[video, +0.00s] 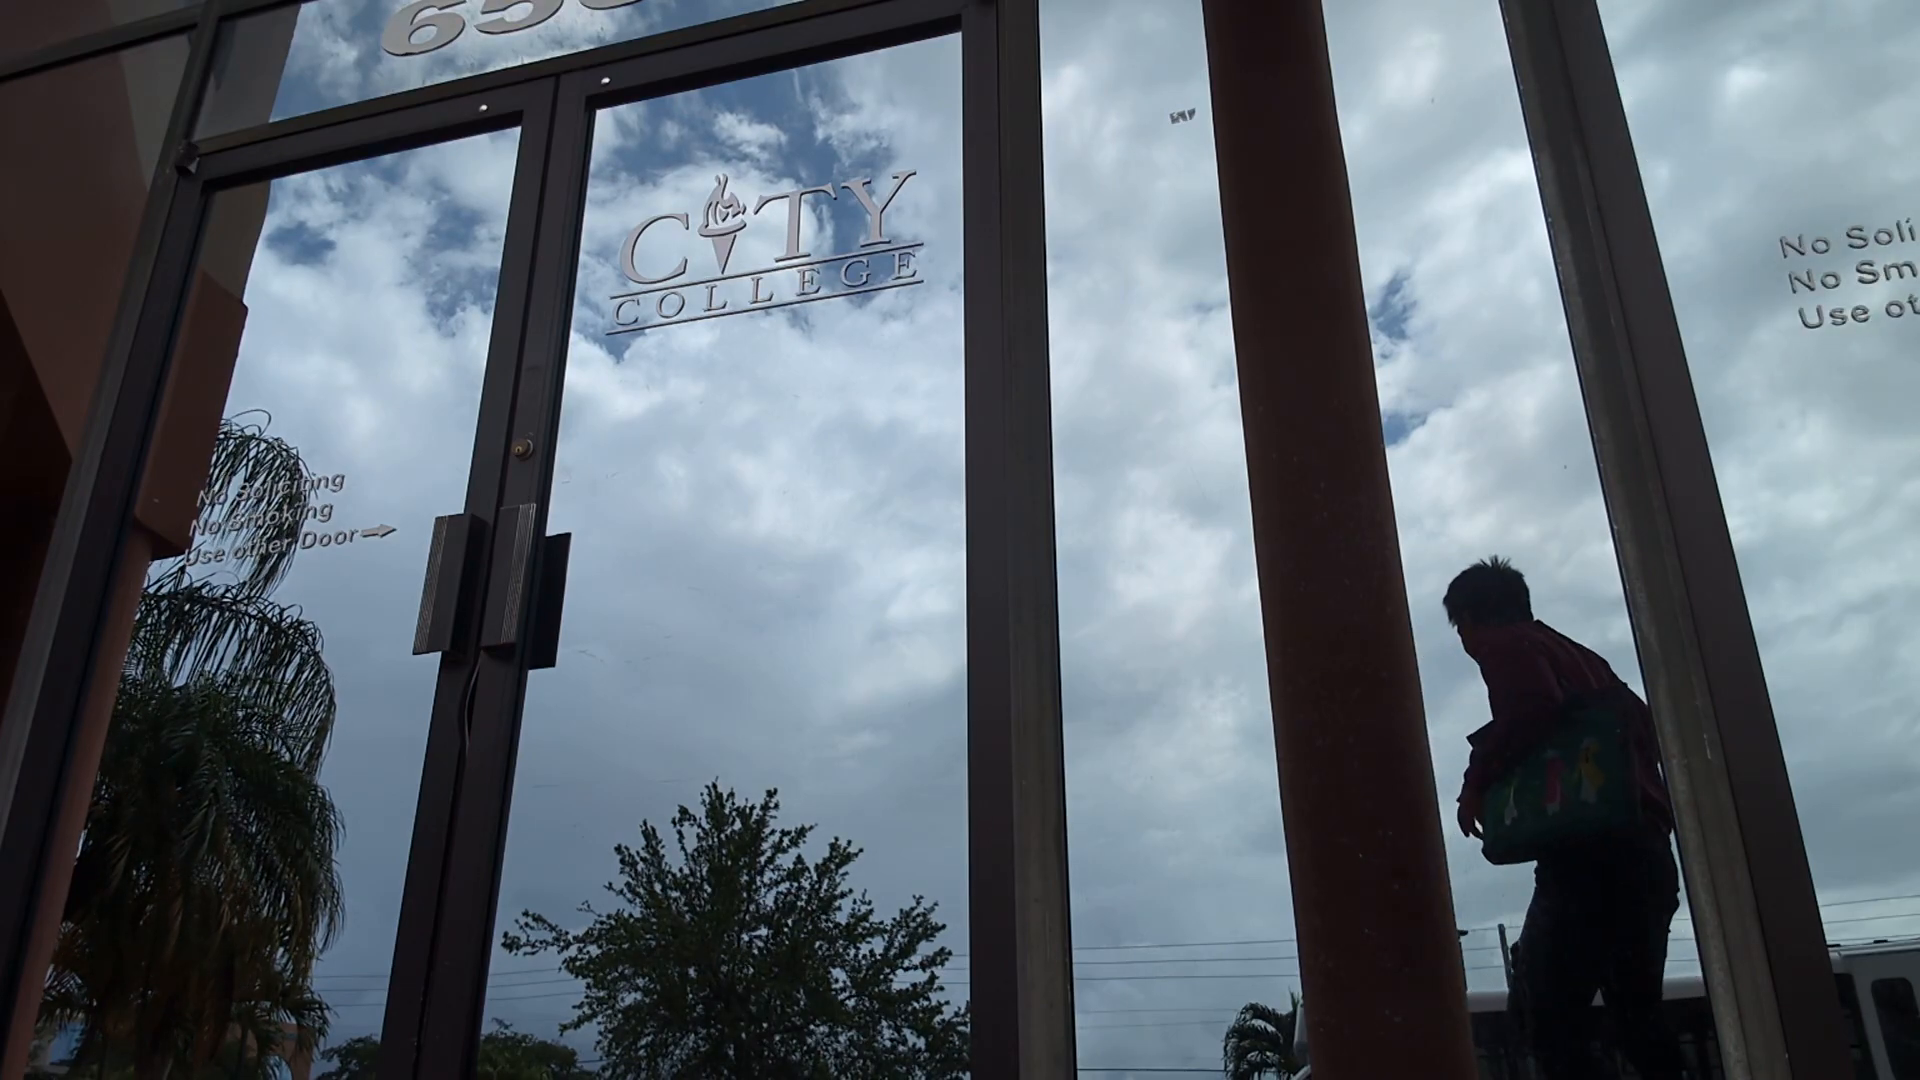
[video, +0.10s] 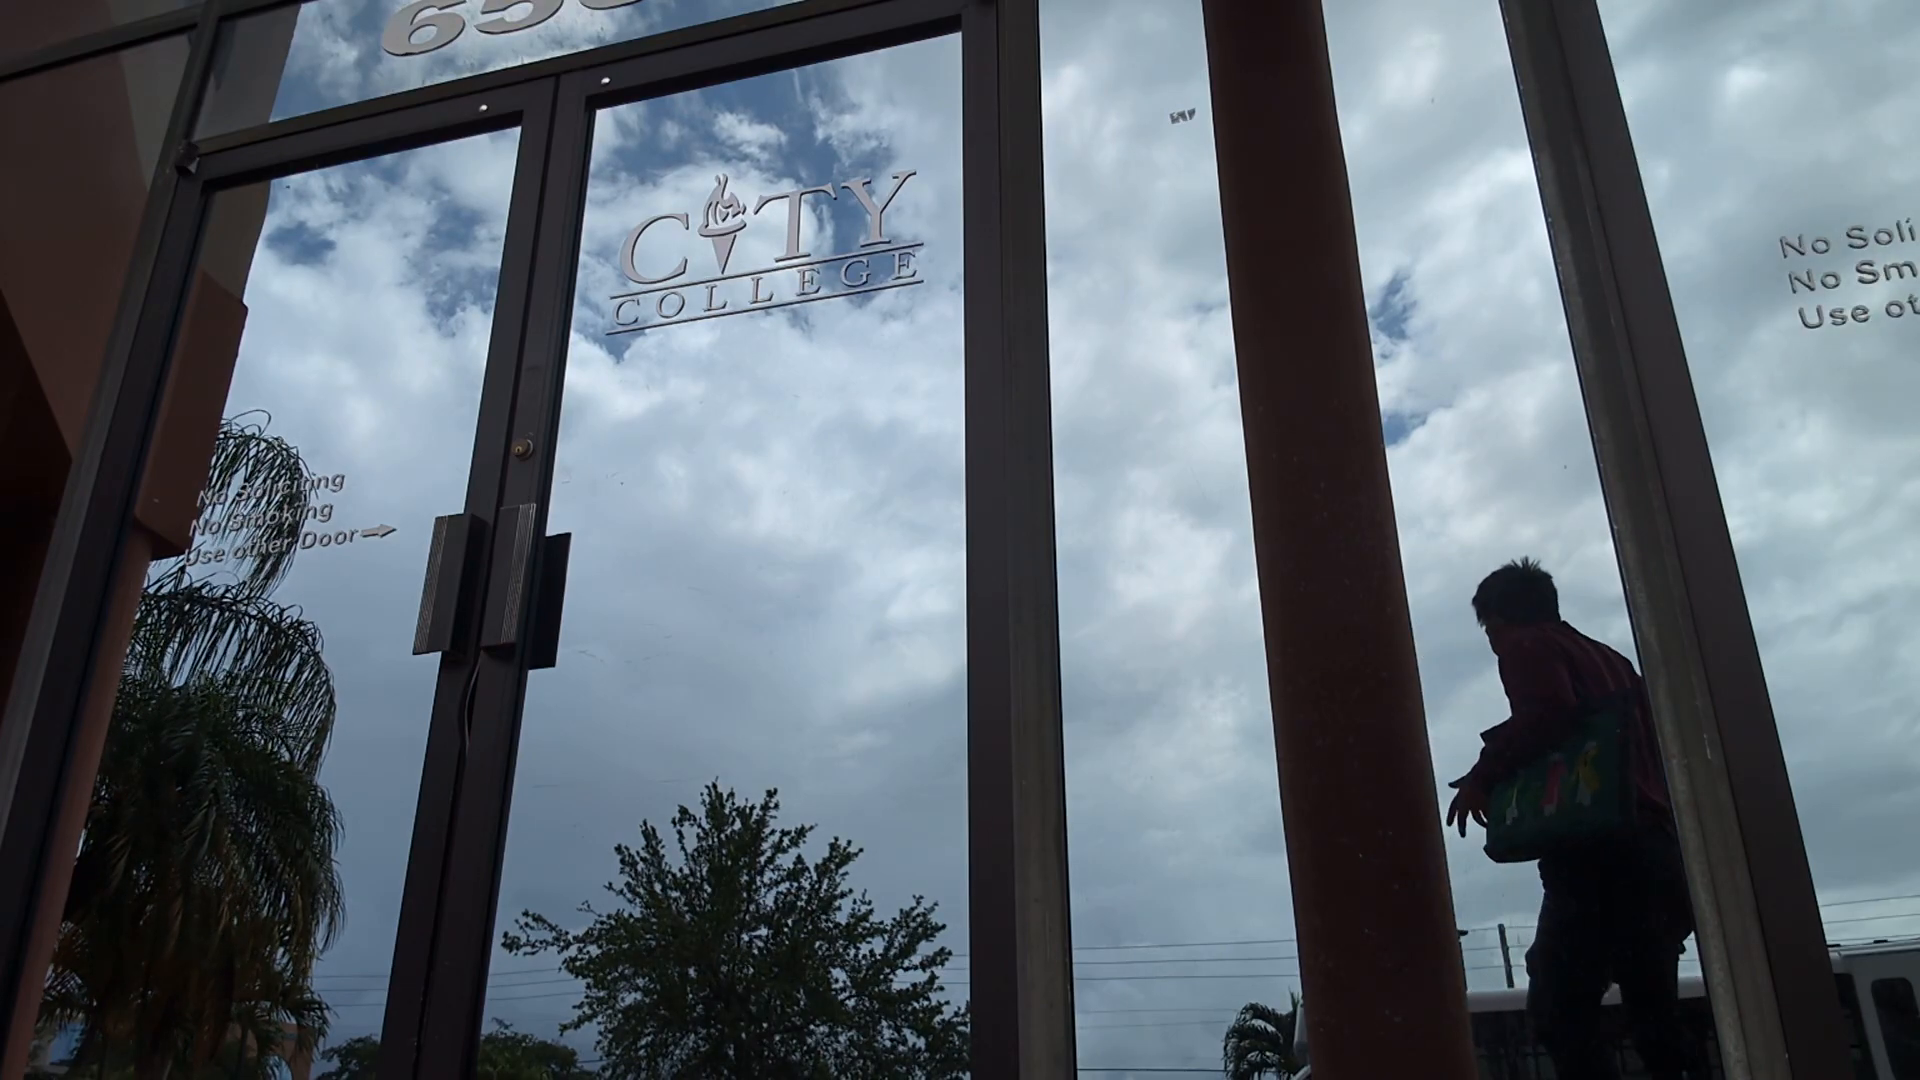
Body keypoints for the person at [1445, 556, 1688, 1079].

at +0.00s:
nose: (1462, 640)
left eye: (1460, 626)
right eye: (1458, 628)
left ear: (1476, 617)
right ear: (1519, 606)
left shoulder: (1503, 643)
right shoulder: (1583, 656)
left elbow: (1534, 706)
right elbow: (1643, 720)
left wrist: (1479, 774)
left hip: (1583, 859)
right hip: (1647, 856)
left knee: (1548, 1011)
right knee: (1636, 1011)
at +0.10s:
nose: (1492, 642)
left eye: (1492, 629)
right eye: (1488, 631)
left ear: (1510, 615)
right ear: (1550, 607)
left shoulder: (1524, 644)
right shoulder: (1613, 660)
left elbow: (1548, 712)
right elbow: (1651, 755)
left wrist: (1484, 773)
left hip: (1589, 865)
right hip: (1657, 858)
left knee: (1561, 1011)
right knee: (1656, 1018)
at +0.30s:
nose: (1527, 635)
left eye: (1527, 625)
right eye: (1525, 626)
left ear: (1543, 614)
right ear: (1586, 607)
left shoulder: (1553, 648)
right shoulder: (1633, 653)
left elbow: (1561, 726)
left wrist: (1492, 763)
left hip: (1596, 856)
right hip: (1661, 845)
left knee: (1565, 994)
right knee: (1677, 997)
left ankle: (1608, 1072)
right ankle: (1691, 1073)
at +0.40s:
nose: (1537, 634)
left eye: (1538, 622)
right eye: (1535, 623)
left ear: (1555, 613)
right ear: (1595, 608)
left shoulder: (1562, 650)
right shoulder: (1636, 654)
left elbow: (1562, 727)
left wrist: (1484, 752)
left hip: (1607, 858)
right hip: (1667, 847)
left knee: (1573, 1000)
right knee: (1687, 997)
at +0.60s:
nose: (1546, 643)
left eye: (1546, 631)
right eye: (1544, 633)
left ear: (1562, 624)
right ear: (1603, 620)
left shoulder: (1566, 662)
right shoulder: (1641, 664)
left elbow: (1541, 730)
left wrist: (1456, 736)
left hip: (1603, 864)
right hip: (1669, 854)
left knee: (1601, 1014)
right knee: (1686, 998)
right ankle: (1702, 1068)